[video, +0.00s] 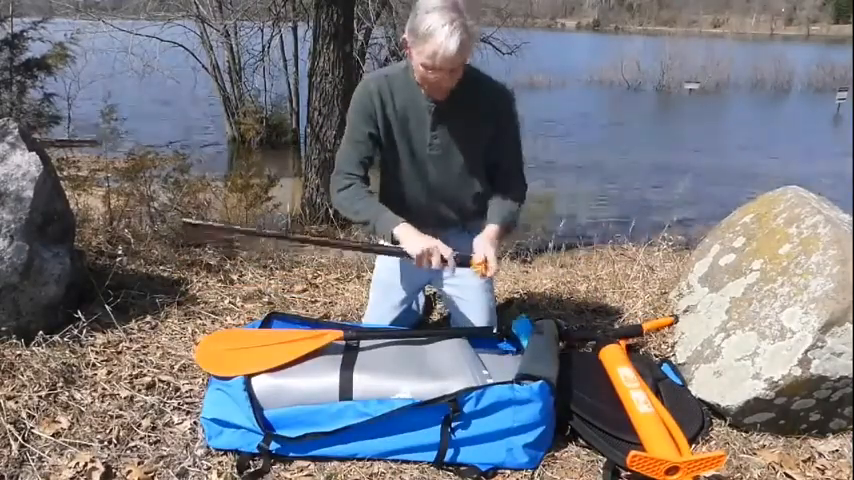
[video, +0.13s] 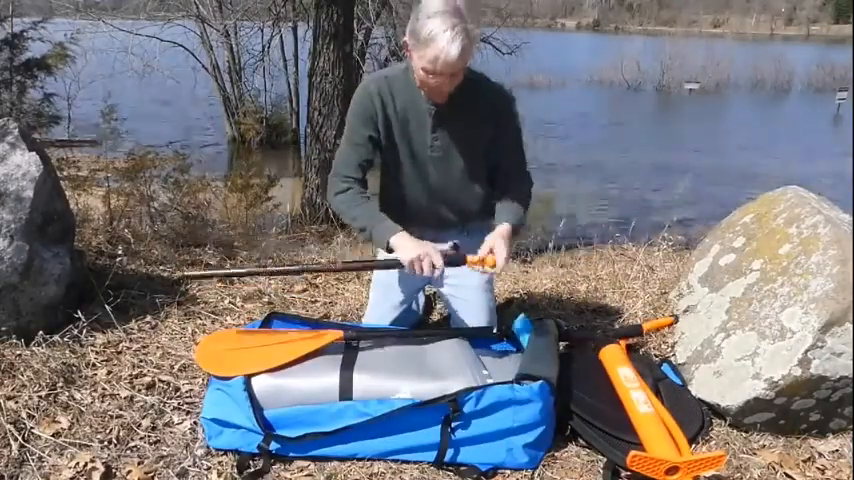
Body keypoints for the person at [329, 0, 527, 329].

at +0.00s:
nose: (442, 81)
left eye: (453, 70)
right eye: (430, 69)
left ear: (467, 57)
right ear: (408, 48)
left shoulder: (494, 99)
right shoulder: (376, 93)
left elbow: (510, 183)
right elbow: (345, 186)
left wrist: (489, 237)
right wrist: (404, 232)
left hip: (467, 242)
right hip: (399, 241)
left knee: (480, 352)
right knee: (376, 350)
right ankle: (419, 308)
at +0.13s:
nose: (443, 86)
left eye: (454, 75)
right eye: (431, 74)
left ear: (469, 59)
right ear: (408, 49)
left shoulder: (494, 102)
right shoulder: (376, 95)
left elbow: (515, 180)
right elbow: (344, 188)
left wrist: (504, 229)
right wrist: (398, 239)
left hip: (470, 240)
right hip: (401, 239)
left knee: (479, 348)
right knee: (377, 349)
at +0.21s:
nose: (443, 88)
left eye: (455, 76)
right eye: (430, 75)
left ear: (470, 59)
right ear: (407, 50)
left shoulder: (495, 104)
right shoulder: (377, 95)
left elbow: (514, 184)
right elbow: (345, 188)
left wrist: (501, 235)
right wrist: (402, 238)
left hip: (470, 239)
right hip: (401, 237)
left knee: (480, 345)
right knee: (377, 346)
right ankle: (418, 309)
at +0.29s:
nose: (437, 104)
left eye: (449, 93)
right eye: (425, 92)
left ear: (465, 66)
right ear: (404, 59)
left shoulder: (495, 102)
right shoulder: (377, 95)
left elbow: (518, 182)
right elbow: (334, 186)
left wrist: (536, 234)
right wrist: (375, 247)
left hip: (471, 240)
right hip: (403, 239)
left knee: (478, 352)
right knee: (375, 350)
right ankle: (419, 307)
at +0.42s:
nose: (407, 97)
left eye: (420, 87)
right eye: (399, 84)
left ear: (451, 75)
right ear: (390, 66)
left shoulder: (492, 102)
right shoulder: (375, 99)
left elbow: (509, 201)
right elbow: (336, 197)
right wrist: (364, 271)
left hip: (470, 243)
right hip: (401, 243)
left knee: (473, 357)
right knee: (381, 353)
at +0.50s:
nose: (380, 92)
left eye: (393, 83)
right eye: (374, 79)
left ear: (424, 66)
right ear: (366, 66)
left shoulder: (476, 110)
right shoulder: (359, 102)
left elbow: (480, 210)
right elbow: (351, 189)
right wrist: (358, 261)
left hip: (462, 244)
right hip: (397, 246)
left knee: (472, 359)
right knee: (378, 359)